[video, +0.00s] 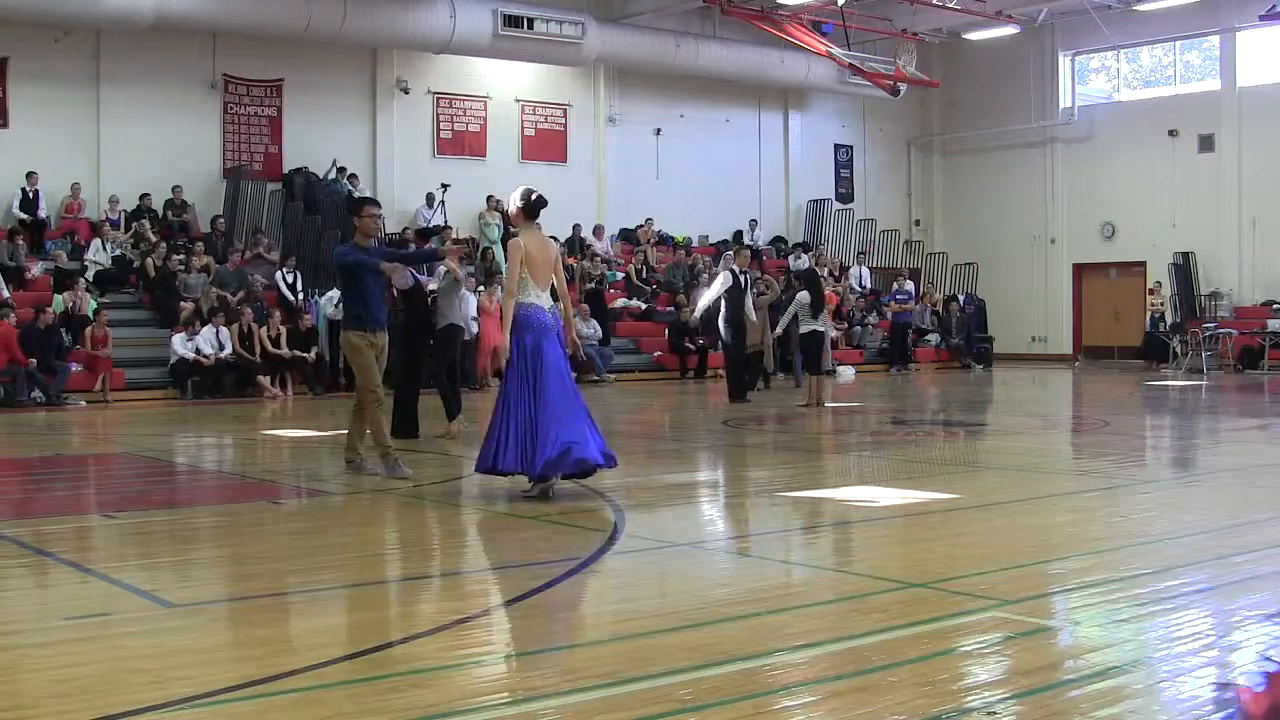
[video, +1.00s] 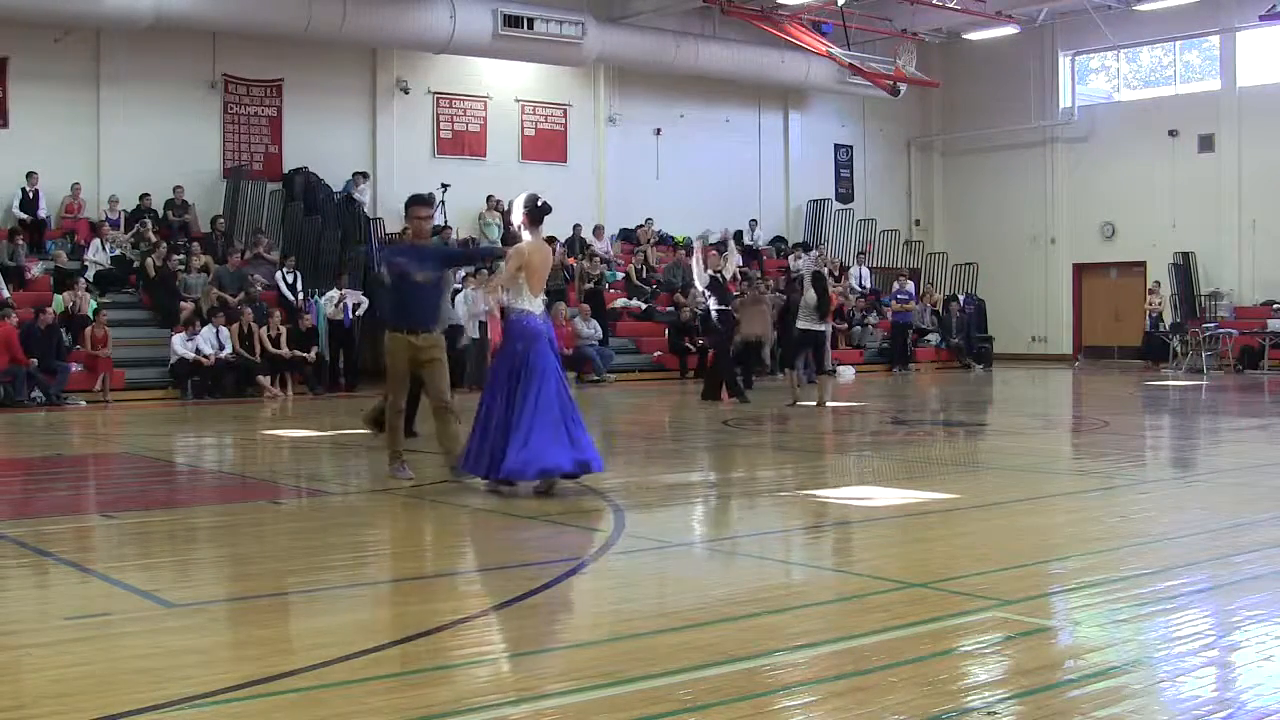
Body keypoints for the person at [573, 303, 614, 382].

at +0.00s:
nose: (586, 313)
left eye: (588, 311)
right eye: (584, 311)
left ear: (590, 312)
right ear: (580, 312)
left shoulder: (593, 321)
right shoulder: (576, 321)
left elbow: (599, 335)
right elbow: (581, 333)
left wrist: (587, 335)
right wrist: (593, 332)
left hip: (595, 345)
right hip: (584, 345)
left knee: (609, 354)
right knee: (592, 354)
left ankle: (595, 373)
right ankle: (602, 374)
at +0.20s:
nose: (587, 313)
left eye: (588, 311)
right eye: (584, 311)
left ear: (590, 312)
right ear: (580, 312)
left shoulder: (593, 321)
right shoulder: (576, 321)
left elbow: (599, 335)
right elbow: (581, 333)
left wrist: (587, 335)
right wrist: (593, 332)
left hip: (594, 344)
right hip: (583, 345)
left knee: (609, 354)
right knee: (592, 354)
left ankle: (596, 374)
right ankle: (602, 374)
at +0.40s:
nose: (587, 313)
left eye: (588, 311)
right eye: (584, 311)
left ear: (590, 312)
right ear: (580, 312)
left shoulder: (593, 321)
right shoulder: (576, 321)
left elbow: (599, 335)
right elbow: (581, 332)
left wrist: (587, 335)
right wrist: (593, 332)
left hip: (594, 344)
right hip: (583, 345)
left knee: (609, 354)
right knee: (592, 354)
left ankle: (596, 374)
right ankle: (603, 374)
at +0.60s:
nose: (587, 313)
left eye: (588, 311)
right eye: (585, 311)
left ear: (590, 311)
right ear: (580, 312)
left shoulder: (593, 321)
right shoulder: (576, 321)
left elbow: (600, 335)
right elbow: (581, 333)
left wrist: (587, 336)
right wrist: (593, 332)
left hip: (595, 344)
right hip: (583, 344)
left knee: (609, 354)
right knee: (592, 354)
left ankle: (596, 373)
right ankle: (602, 373)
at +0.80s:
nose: (587, 313)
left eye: (589, 311)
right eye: (585, 311)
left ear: (590, 311)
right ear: (580, 312)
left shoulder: (593, 321)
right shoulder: (576, 321)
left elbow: (600, 335)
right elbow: (582, 333)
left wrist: (586, 336)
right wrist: (593, 332)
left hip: (595, 344)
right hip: (583, 344)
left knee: (609, 354)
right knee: (592, 354)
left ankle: (598, 373)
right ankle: (602, 373)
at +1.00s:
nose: (587, 313)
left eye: (589, 311)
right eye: (585, 311)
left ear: (590, 311)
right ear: (580, 312)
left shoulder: (593, 321)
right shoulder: (576, 321)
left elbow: (600, 335)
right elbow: (582, 333)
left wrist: (587, 336)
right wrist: (594, 332)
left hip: (595, 344)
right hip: (583, 344)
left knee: (609, 354)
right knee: (593, 354)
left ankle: (597, 373)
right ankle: (602, 373)